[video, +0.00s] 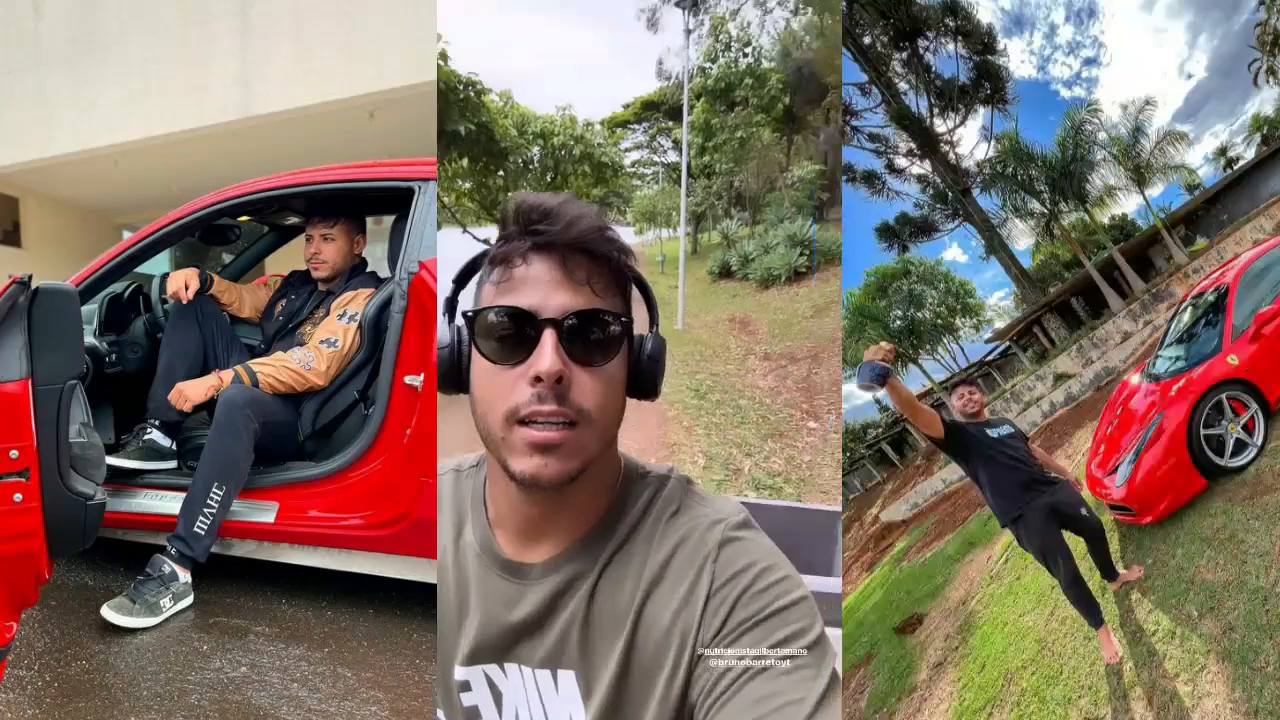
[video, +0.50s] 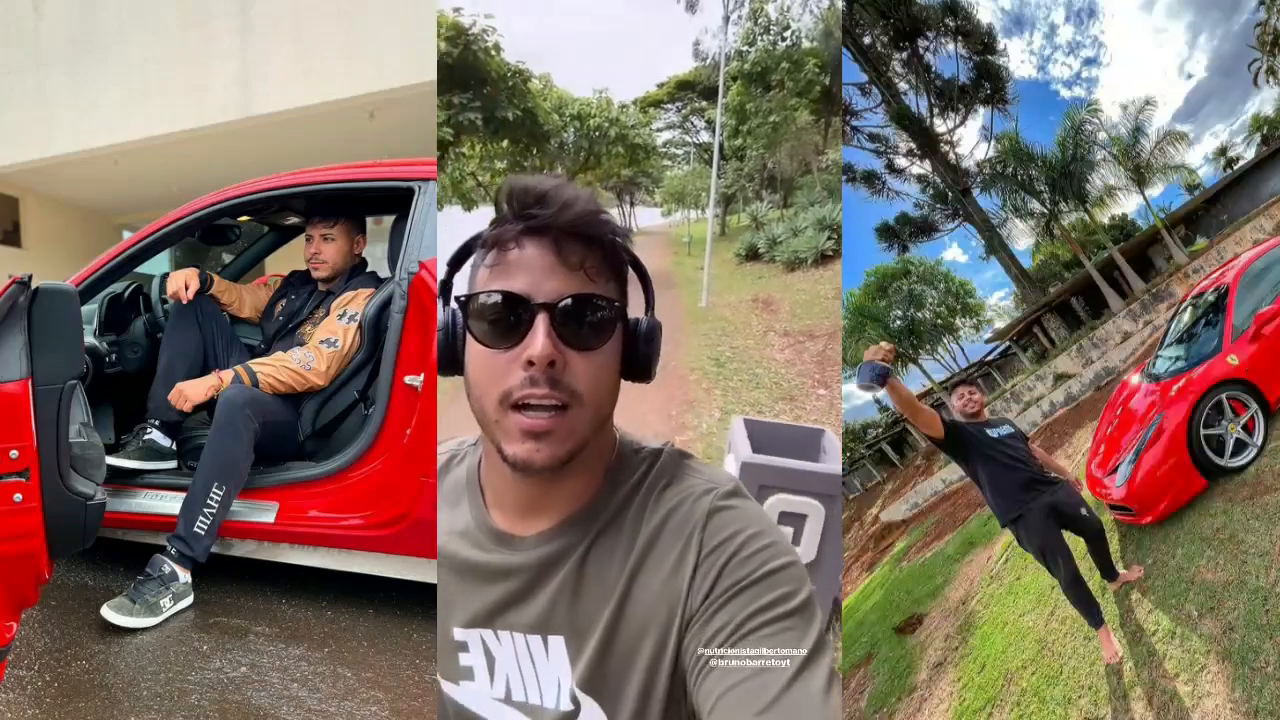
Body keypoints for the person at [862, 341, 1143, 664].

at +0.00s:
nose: (966, 397)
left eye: (971, 392)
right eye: (959, 397)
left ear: (984, 399)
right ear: (952, 410)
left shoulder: (1004, 424)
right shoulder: (956, 436)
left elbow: (1037, 454)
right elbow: (917, 413)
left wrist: (1067, 475)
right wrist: (887, 376)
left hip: (1051, 489)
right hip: (1022, 512)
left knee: (1093, 528)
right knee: (1065, 570)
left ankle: (1114, 576)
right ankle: (1101, 627)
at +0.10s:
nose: (966, 397)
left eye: (971, 392)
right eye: (959, 397)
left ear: (984, 398)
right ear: (952, 410)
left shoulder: (1004, 424)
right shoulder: (956, 436)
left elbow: (1037, 454)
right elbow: (917, 413)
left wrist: (1067, 475)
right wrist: (887, 376)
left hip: (1051, 489)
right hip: (1022, 512)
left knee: (1093, 528)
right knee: (1065, 570)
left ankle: (1114, 576)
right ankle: (1101, 627)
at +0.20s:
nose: (966, 397)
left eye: (971, 392)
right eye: (959, 397)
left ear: (984, 399)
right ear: (952, 410)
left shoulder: (1004, 424)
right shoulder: (956, 436)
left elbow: (1037, 454)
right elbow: (917, 413)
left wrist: (1067, 475)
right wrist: (887, 376)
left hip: (1051, 489)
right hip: (1022, 512)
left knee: (1093, 528)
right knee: (1065, 570)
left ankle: (1114, 576)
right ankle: (1101, 627)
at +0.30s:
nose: (966, 397)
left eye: (971, 392)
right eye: (959, 397)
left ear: (984, 399)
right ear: (952, 410)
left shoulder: (1004, 424)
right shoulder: (956, 436)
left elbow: (1037, 454)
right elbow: (917, 413)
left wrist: (1067, 475)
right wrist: (886, 376)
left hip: (1051, 489)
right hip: (1022, 512)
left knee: (1093, 528)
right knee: (1065, 570)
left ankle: (1114, 576)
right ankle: (1101, 627)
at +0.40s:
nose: (966, 397)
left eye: (971, 392)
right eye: (959, 397)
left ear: (984, 399)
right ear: (952, 410)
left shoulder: (1004, 425)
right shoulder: (956, 436)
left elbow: (1037, 454)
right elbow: (917, 413)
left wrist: (1067, 475)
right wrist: (886, 376)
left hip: (1051, 489)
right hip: (1021, 512)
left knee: (1093, 528)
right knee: (1065, 570)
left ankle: (1114, 576)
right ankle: (1101, 627)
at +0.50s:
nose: (967, 397)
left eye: (971, 392)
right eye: (959, 397)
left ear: (984, 399)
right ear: (952, 410)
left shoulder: (1003, 424)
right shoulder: (956, 436)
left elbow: (1037, 454)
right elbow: (917, 413)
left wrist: (1067, 475)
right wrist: (886, 375)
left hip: (1051, 489)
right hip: (1022, 512)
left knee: (1093, 528)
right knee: (1065, 570)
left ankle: (1113, 576)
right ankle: (1101, 628)